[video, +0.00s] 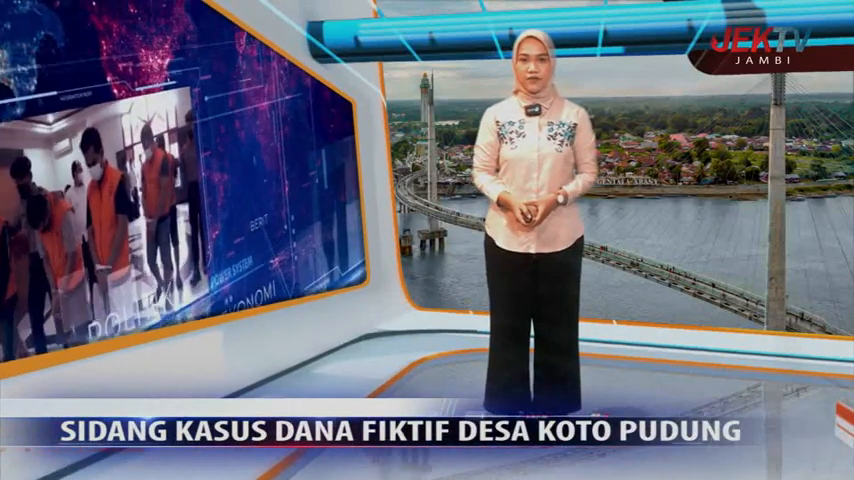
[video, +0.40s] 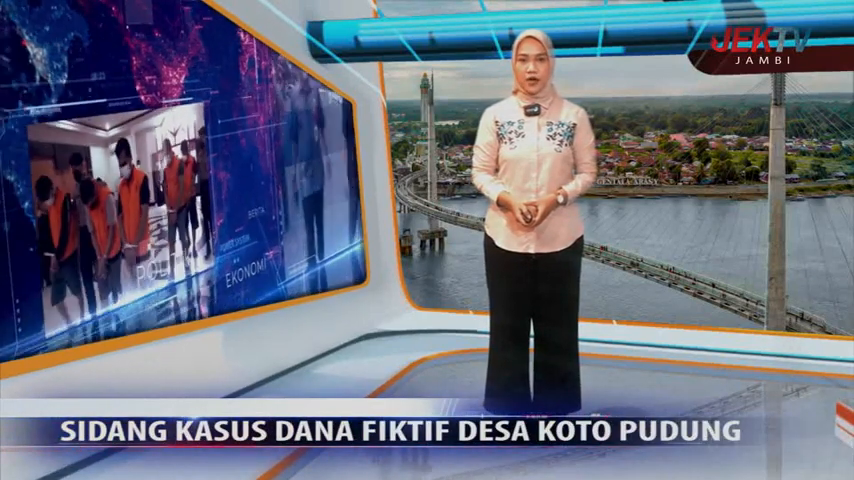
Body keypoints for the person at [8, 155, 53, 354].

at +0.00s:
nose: (19, 183)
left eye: (22, 177)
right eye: (16, 178)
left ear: (30, 174)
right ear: (13, 178)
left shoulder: (43, 196)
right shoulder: (17, 200)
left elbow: (45, 223)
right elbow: (16, 226)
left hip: (50, 253)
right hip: (33, 256)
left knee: (59, 300)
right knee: (35, 306)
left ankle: (66, 340)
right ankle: (40, 349)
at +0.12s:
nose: (5, 223)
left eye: (5, 219)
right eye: (3, 220)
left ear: (9, 211)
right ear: (1, 215)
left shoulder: (25, 221)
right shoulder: (2, 225)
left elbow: (28, 253)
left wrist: (20, 281)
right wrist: (9, 282)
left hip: (27, 277)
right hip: (12, 278)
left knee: (29, 309)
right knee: (27, 308)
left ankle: (34, 343)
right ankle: (33, 341)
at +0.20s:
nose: (19, 218)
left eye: (20, 214)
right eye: (15, 215)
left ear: (25, 203)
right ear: (10, 210)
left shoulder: (40, 215)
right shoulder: (18, 219)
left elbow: (45, 247)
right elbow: (19, 249)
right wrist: (23, 273)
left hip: (43, 274)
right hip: (30, 275)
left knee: (47, 318)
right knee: (40, 317)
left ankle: (51, 349)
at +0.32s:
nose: (35, 208)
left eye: (36, 204)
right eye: (32, 205)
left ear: (42, 195)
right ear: (28, 201)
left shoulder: (56, 205)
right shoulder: (36, 211)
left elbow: (57, 236)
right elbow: (33, 240)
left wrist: (47, 262)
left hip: (60, 261)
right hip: (46, 264)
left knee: (66, 302)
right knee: (50, 309)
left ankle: (69, 332)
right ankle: (67, 317)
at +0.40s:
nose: (46, 202)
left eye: (47, 198)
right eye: (43, 199)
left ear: (53, 190)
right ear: (39, 195)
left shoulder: (66, 201)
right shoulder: (46, 206)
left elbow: (68, 231)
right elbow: (44, 233)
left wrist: (57, 255)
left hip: (70, 255)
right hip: (56, 258)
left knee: (77, 291)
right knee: (57, 299)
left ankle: (83, 319)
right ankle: (69, 325)